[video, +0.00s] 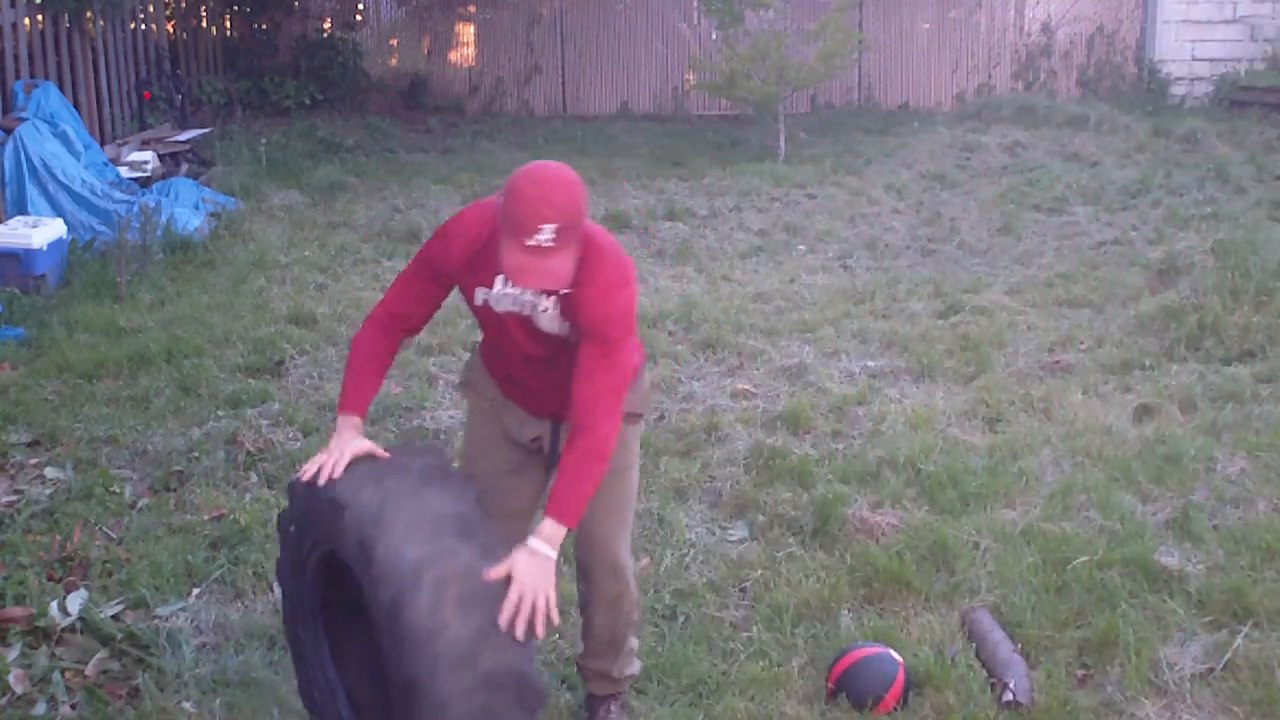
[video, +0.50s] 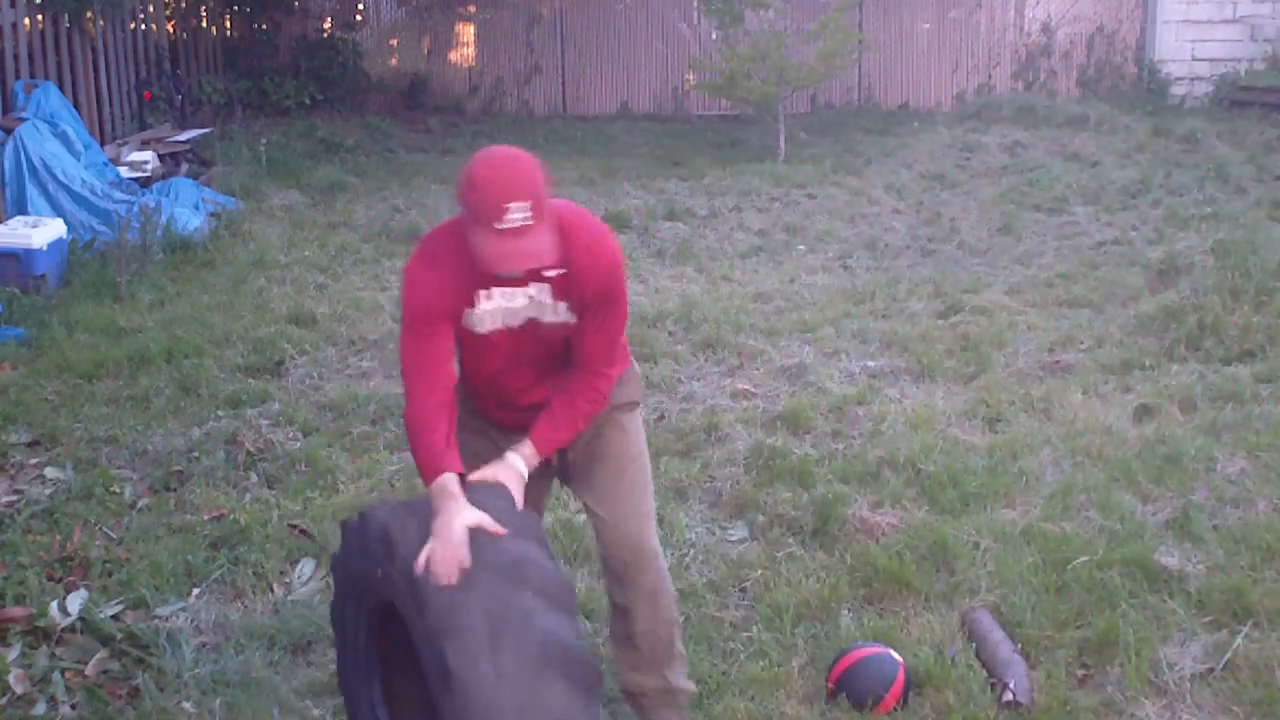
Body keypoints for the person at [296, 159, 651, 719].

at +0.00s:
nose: (539, 277)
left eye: (552, 266)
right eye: (526, 265)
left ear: (578, 239)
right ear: (501, 230)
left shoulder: (607, 272)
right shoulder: (465, 239)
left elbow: (596, 421)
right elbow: (387, 324)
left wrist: (546, 544)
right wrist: (348, 426)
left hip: (602, 409)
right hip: (504, 396)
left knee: (605, 556)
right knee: (486, 548)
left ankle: (607, 691)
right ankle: (483, 684)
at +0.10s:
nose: (506, 282)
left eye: (521, 270)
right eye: (493, 269)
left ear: (547, 242)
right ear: (471, 238)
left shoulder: (584, 275)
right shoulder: (441, 246)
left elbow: (588, 420)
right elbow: (373, 346)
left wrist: (553, 546)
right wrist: (353, 438)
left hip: (591, 410)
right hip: (494, 400)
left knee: (595, 556)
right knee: (465, 543)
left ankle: (605, 690)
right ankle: (470, 677)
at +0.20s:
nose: (471, 279)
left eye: (487, 264)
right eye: (459, 265)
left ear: (520, 234)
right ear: (440, 235)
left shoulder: (566, 269)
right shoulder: (419, 249)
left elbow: (607, 411)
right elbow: (369, 354)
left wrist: (555, 509)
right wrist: (373, 448)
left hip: (579, 413)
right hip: (486, 407)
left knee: (591, 557)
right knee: (462, 549)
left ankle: (605, 688)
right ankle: (456, 681)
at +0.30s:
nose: (462, 277)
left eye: (475, 262)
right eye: (449, 265)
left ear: (506, 226)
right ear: (424, 236)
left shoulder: (562, 258)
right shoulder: (410, 255)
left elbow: (609, 384)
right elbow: (385, 373)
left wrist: (541, 457)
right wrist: (413, 457)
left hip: (585, 411)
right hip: (483, 412)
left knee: (605, 546)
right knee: (459, 548)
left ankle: (615, 678)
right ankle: (462, 683)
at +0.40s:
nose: (476, 267)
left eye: (488, 253)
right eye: (460, 257)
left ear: (512, 219)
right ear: (433, 233)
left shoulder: (571, 249)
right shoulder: (411, 262)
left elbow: (599, 364)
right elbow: (406, 379)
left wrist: (530, 437)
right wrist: (443, 478)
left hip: (587, 399)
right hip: (483, 408)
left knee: (622, 542)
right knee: (476, 558)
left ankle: (637, 690)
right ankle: (481, 696)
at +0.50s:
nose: (513, 259)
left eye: (525, 244)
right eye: (499, 247)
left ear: (545, 217)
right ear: (468, 227)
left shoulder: (592, 250)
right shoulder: (433, 267)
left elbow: (595, 371)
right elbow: (426, 390)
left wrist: (524, 457)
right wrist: (445, 495)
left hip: (594, 404)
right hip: (490, 415)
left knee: (635, 552)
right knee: (480, 569)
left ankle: (663, 705)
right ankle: (484, 705)